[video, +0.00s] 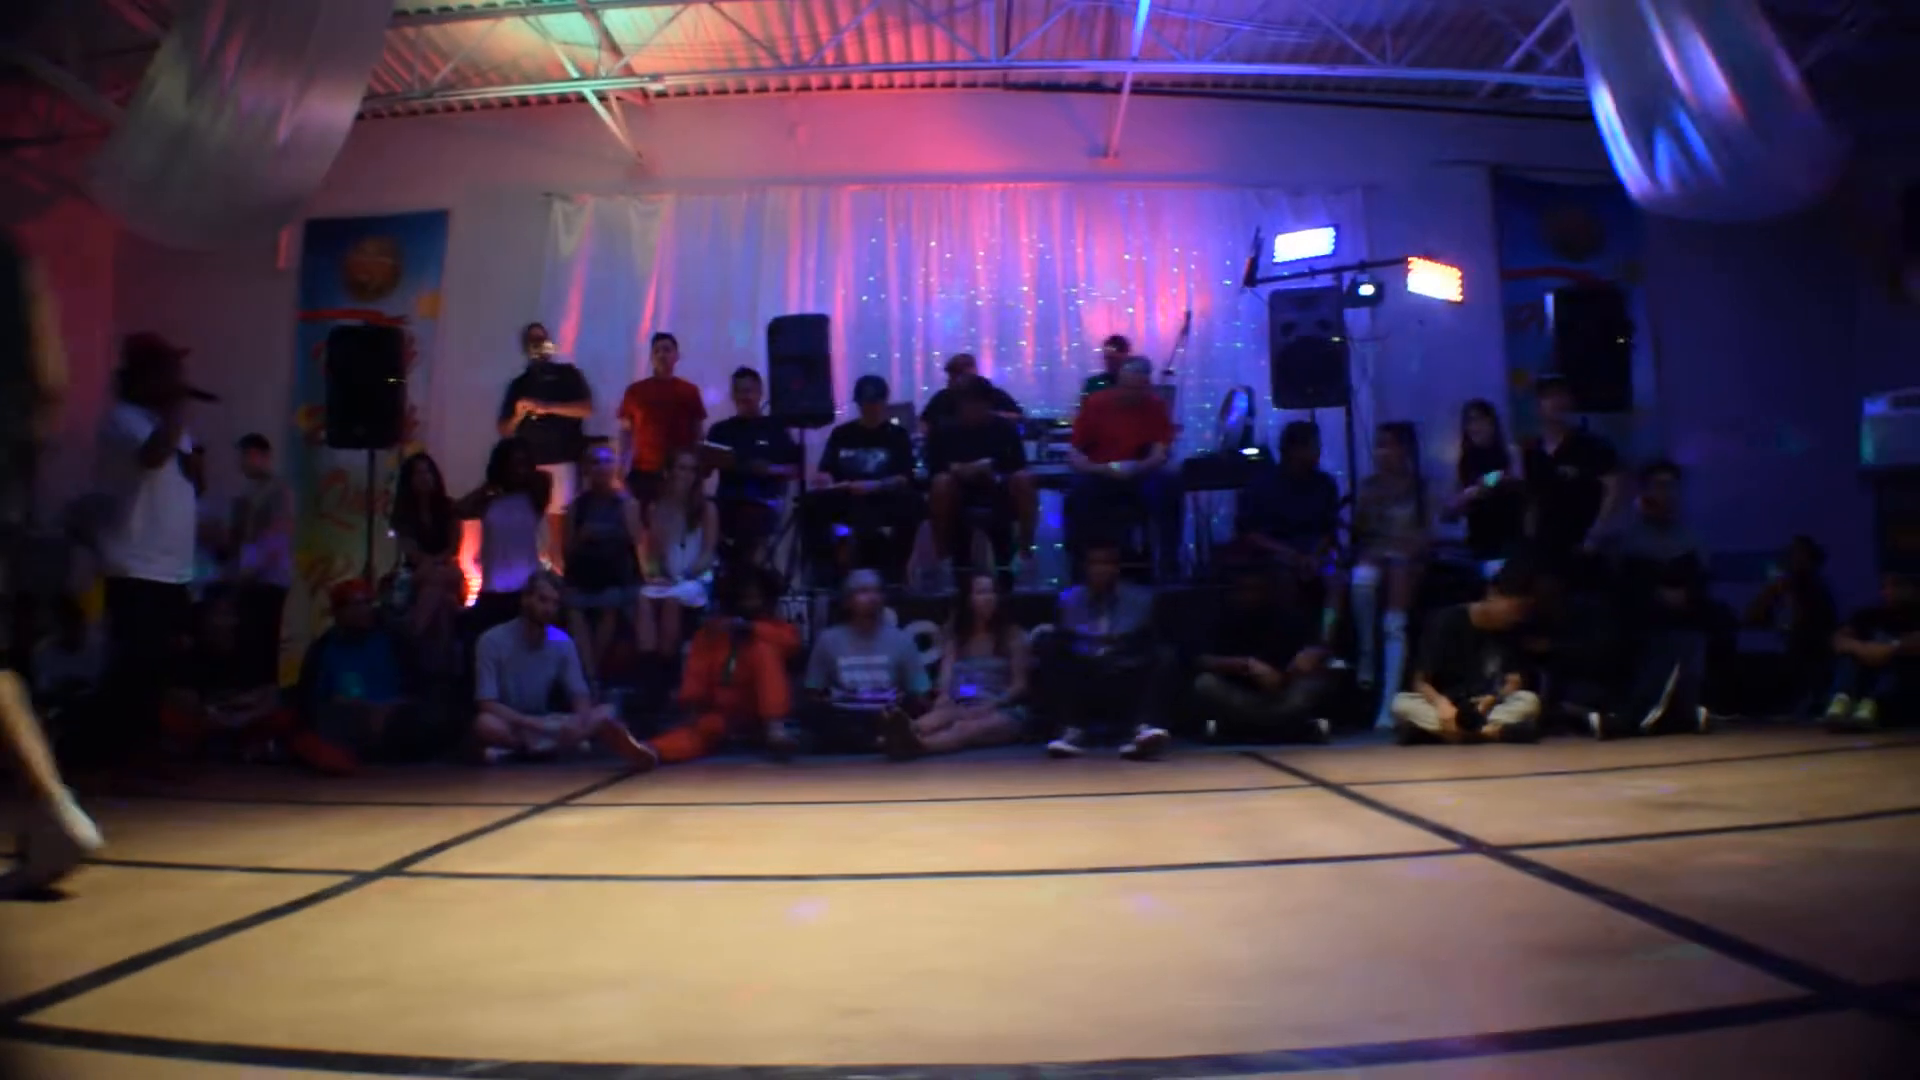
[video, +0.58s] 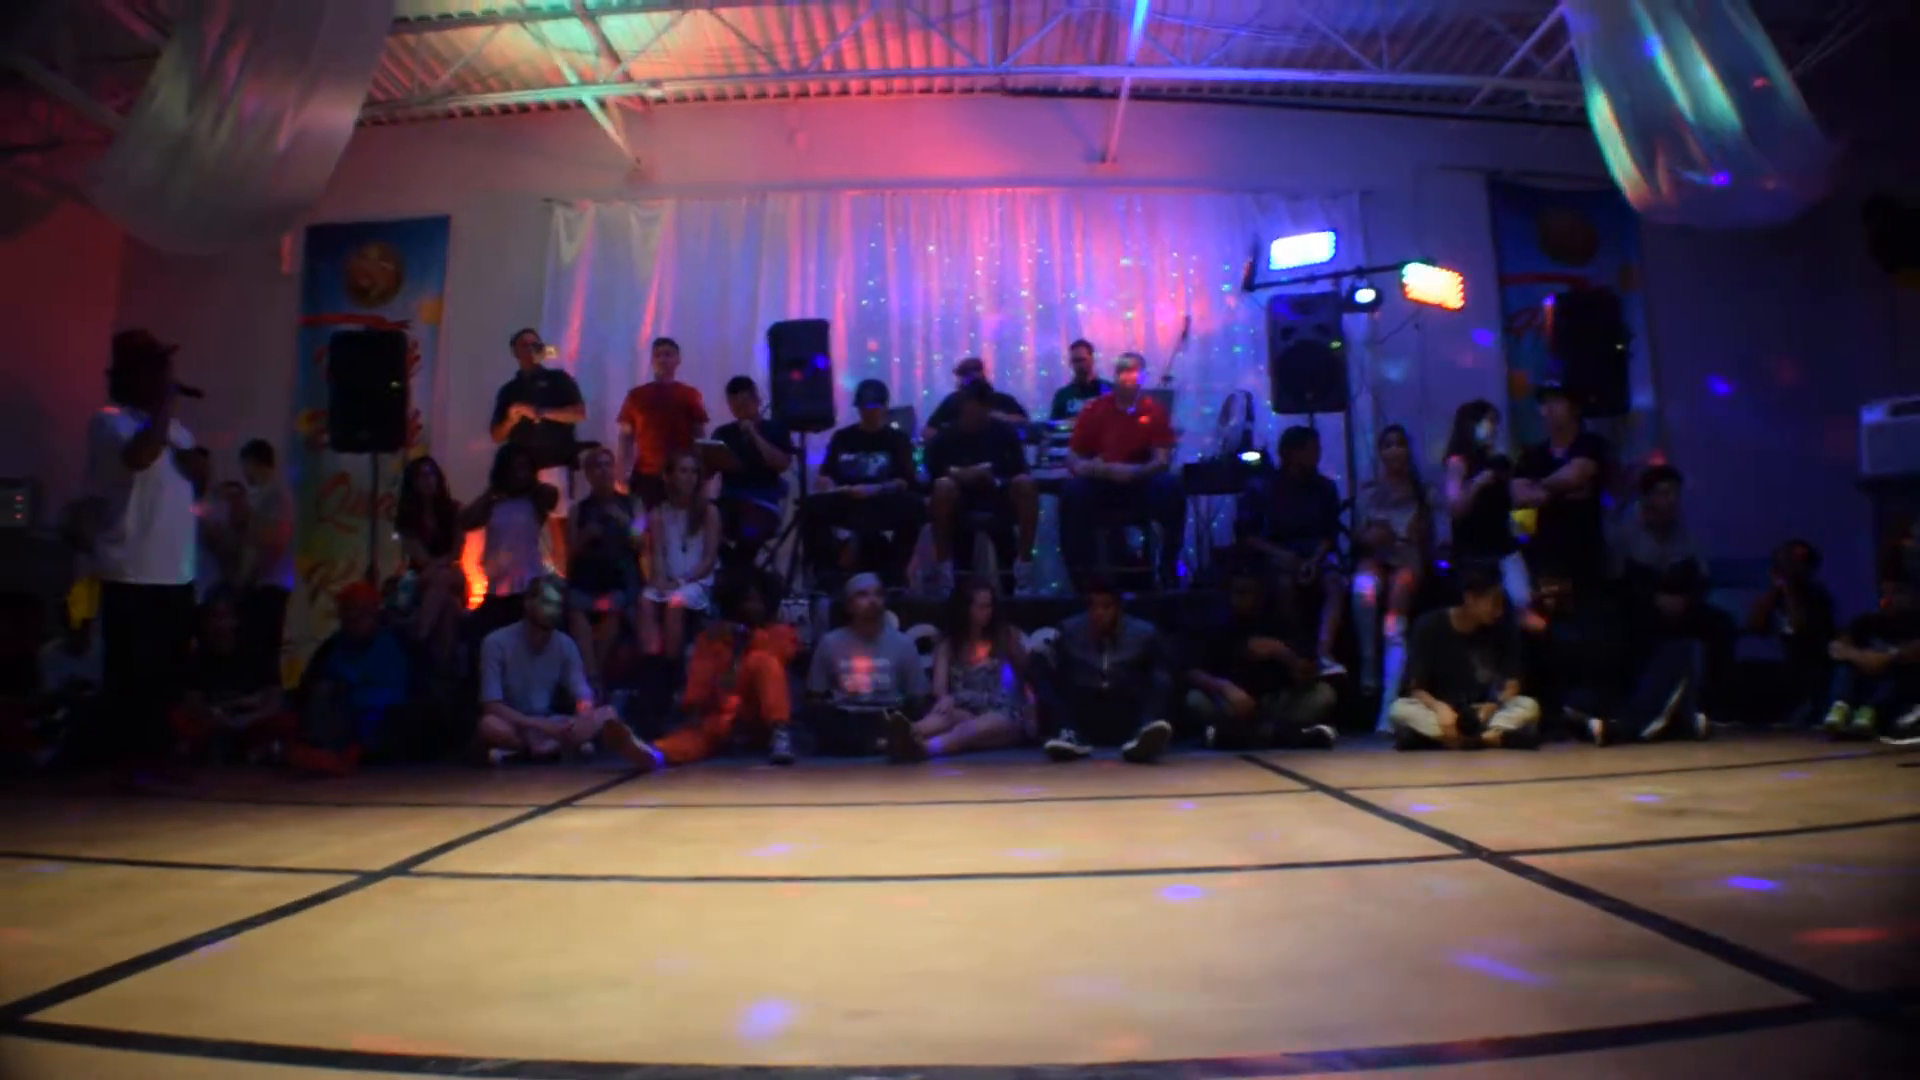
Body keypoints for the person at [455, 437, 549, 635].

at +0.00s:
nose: (517, 469)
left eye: (522, 462)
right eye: (511, 462)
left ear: (528, 464)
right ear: (499, 464)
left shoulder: (534, 499)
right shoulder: (487, 502)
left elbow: (543, 479)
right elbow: (459, 509)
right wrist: (488, 488)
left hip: (527, 590)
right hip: (493, 591)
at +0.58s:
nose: (520, 473)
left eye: (524, 466)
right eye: (514, 467)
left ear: (531, 469)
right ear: (502, 469)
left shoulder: (535, 501)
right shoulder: (493, 504)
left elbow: (551, 494)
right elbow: (465, 521)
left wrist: (527, 483)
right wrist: (491, 494)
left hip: (530, 591)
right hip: (498, 593)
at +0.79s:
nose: (542, 474)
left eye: (547, 467)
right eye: (536, 467)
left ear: (555, 471)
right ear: (524, 469)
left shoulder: (556, 503)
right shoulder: (515, 503)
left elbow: (574, 493)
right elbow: (489, 526)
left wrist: (551, 484)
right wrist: (511, 496)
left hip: (550, 594)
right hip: (517, 594)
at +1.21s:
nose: (536, 470)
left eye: (542, 464)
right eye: (531, 464)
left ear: (553, 470)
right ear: (522, 469)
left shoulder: (558, 500)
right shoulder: (516, 502)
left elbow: (570, 508)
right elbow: (491, 529)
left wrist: (558, 492)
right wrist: (511, 502)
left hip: (551, 587)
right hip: (517, 587)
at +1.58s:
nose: (532, 472)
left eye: (538, 467)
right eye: (528, 466)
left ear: (550, 471)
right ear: (520, 470)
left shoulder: (560, 505)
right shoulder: (515, 505)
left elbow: (557, 511)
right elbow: (490, 521)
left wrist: (556, 493)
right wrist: (517, 495)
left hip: (548, 595)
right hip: (513, 595)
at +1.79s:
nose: (534, 472)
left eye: (539, 467)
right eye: (528, 466)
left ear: (549, 471)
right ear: (518, 470)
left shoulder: (553, 500)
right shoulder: (511, 502)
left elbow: (559, 513)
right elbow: (490, 514)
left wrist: (552, 490)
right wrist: (515, 494)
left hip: (545, 592)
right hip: (511, 592)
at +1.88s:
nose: (533, 472)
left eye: (539, 467)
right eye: (528, 467)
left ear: (549, 472)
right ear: (517, 471)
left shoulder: (552, 500)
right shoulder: (510, 502)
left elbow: (558, 512)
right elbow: (489, 514)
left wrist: (547, 489)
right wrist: (515, 494)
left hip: (544, 593)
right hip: (510, 593)